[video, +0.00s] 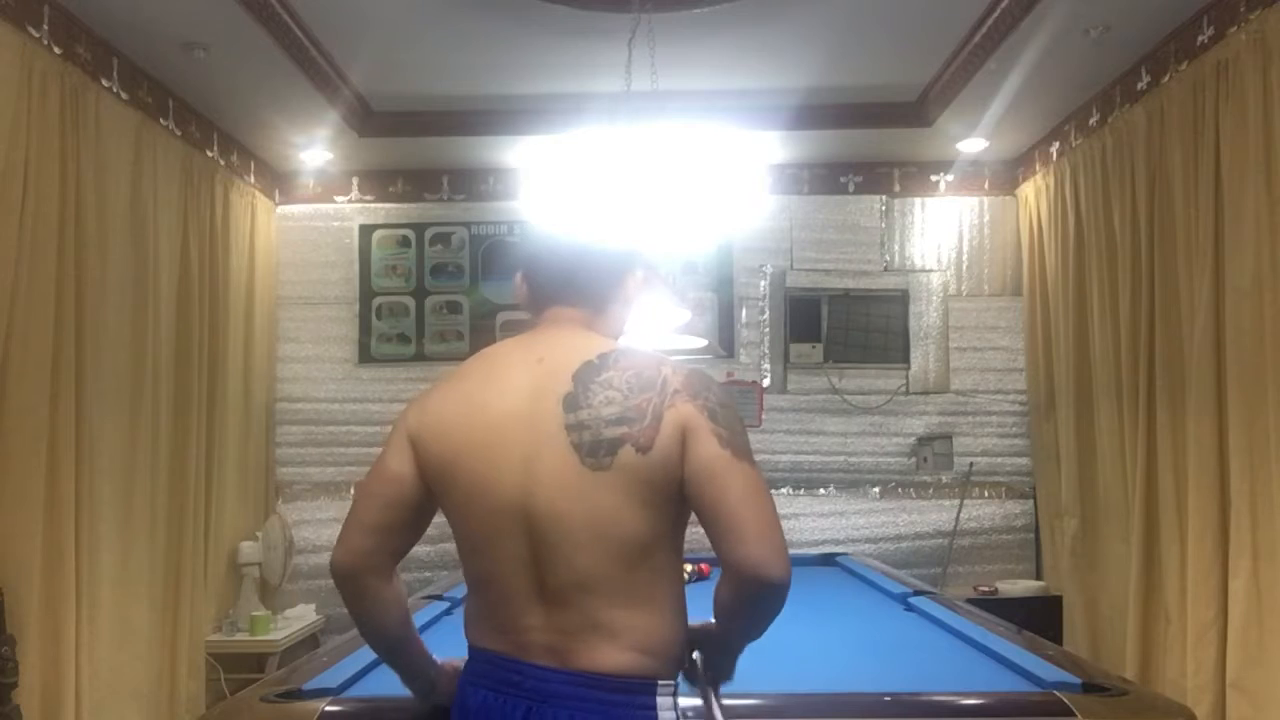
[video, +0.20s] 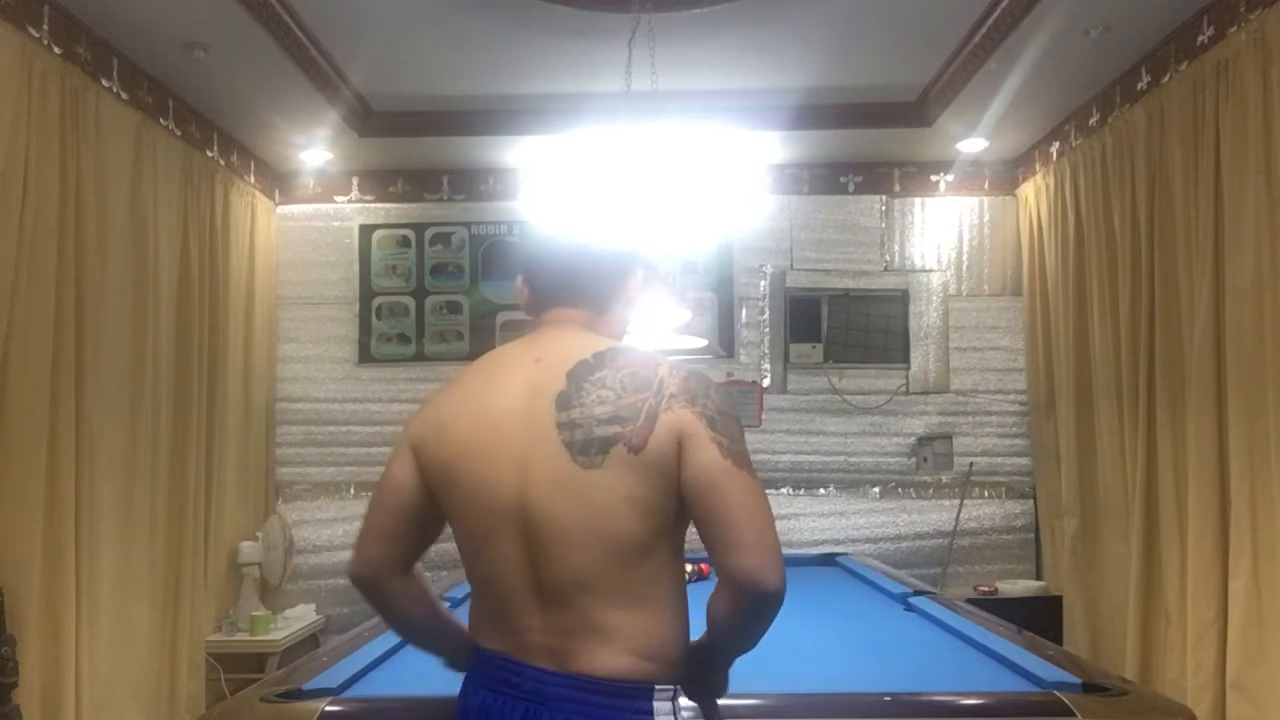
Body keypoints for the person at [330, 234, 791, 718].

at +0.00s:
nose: (644, 293)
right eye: (643, 280)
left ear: (525, 286)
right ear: (630, 283)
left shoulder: (444, 399)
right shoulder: (675, 392)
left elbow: (357, 562)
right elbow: (762, 568)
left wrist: (426, 678)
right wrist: (722, 646)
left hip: (487, 699)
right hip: (622, 702)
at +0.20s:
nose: (645, 297)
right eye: (645, 285)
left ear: (524, 289)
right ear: (632, 286)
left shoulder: (454, 400)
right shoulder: (674, 393)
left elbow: (376, 566)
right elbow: (757, 578)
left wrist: (462, 650)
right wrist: (711, 659)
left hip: (492, 699)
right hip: (635, 702)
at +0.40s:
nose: (650, 293)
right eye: (649, 280)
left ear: (524, 287)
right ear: (634, 282)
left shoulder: (456, 404)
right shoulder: (670, 390)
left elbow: (433, 582)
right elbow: (748, 581)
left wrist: (518, 622)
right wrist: (706, 659)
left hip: (491, 697)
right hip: (629, 704)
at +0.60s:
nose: (649, 293)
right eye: (647, 278)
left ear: (526, 288)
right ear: (635, 280)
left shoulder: (458, 402)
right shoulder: (659, 387)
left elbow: (452, 580)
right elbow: (745, 589)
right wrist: (756, 704)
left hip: (491, 694)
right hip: (623, 703)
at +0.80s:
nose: (647, 297)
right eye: (648, 282)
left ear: (527, 287)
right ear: (636, 281)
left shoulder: (461, 397)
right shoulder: (664, 390)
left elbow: (428, 544)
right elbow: (747, 583)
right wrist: (799, 710)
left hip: (492, 695)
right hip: (621, 703)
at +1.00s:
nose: (647, 292)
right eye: (647, 280)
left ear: (529, 285)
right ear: (636, 280)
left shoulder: (461, 397)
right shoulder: (667, 389)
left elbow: (408, 536)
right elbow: (752, 586)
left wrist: (471, 456)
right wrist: (811, 711)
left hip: (494, 694)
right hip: (624, 701)